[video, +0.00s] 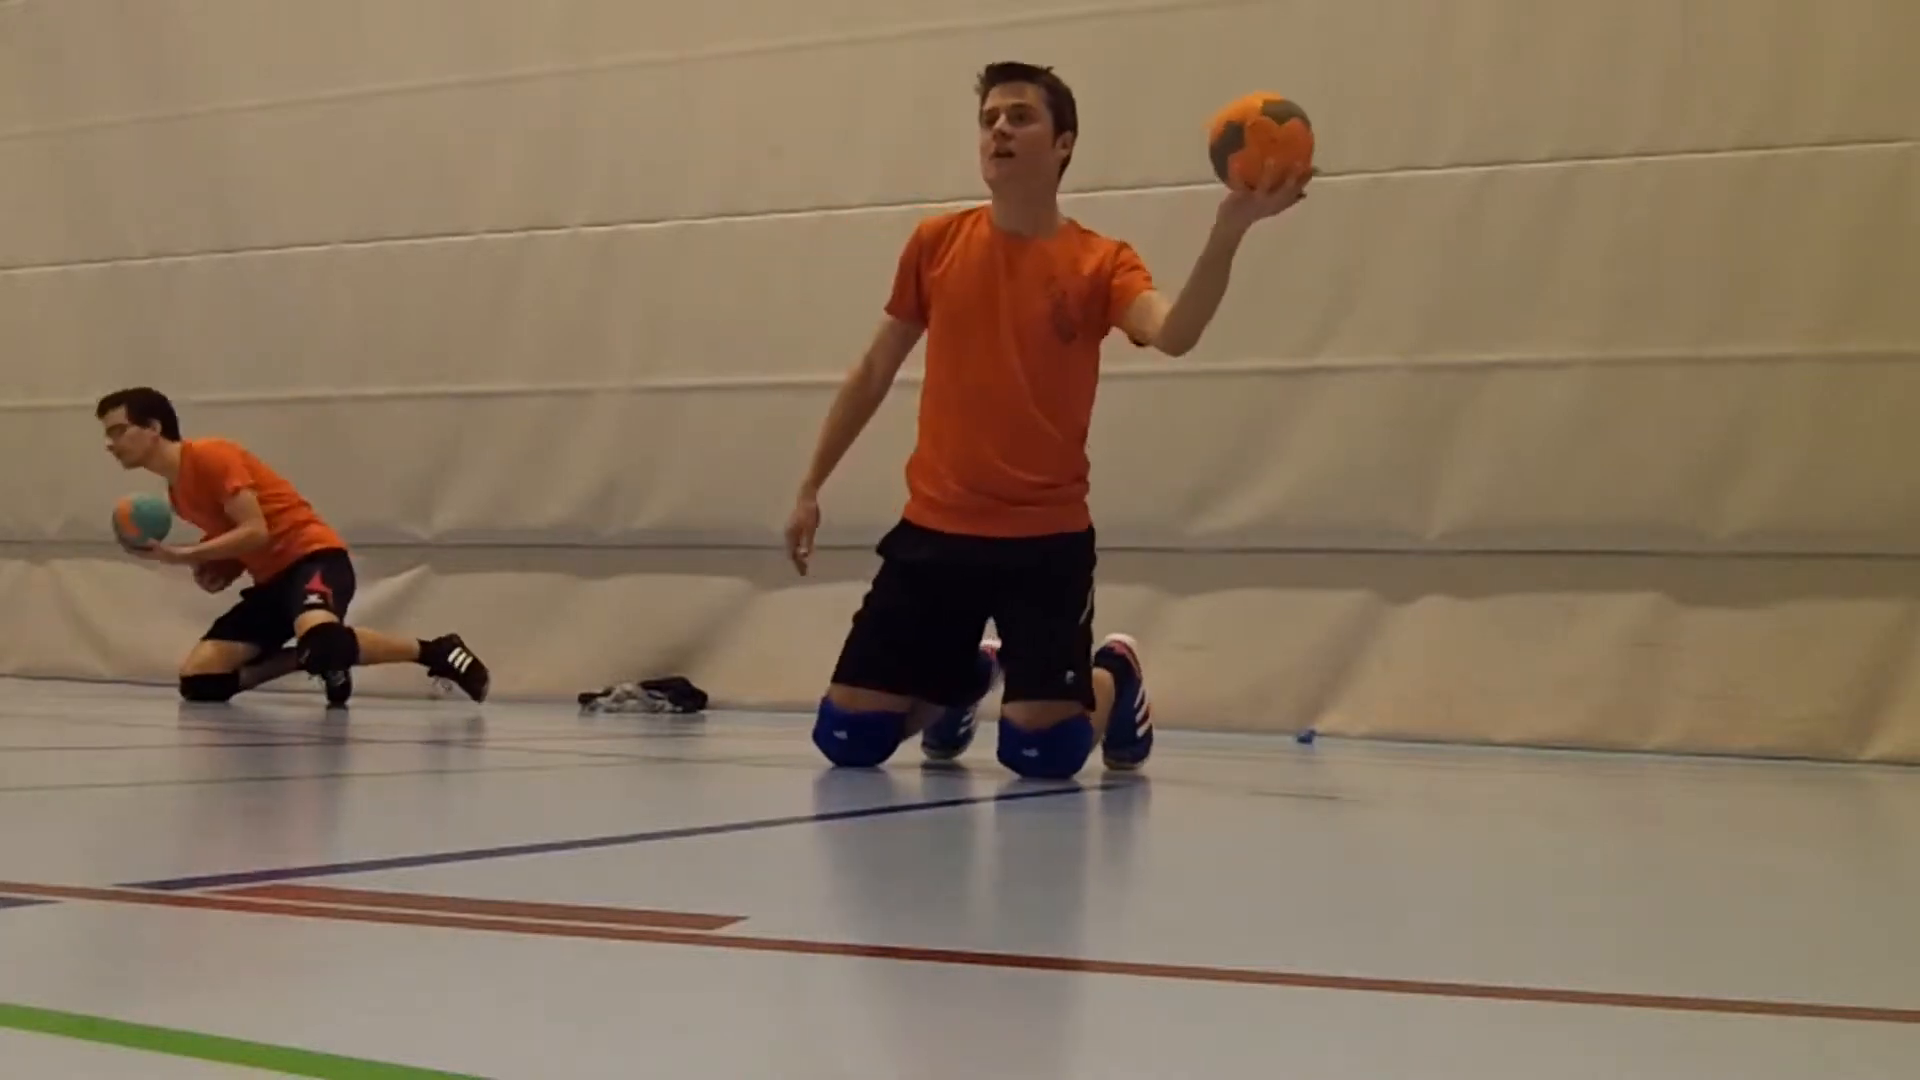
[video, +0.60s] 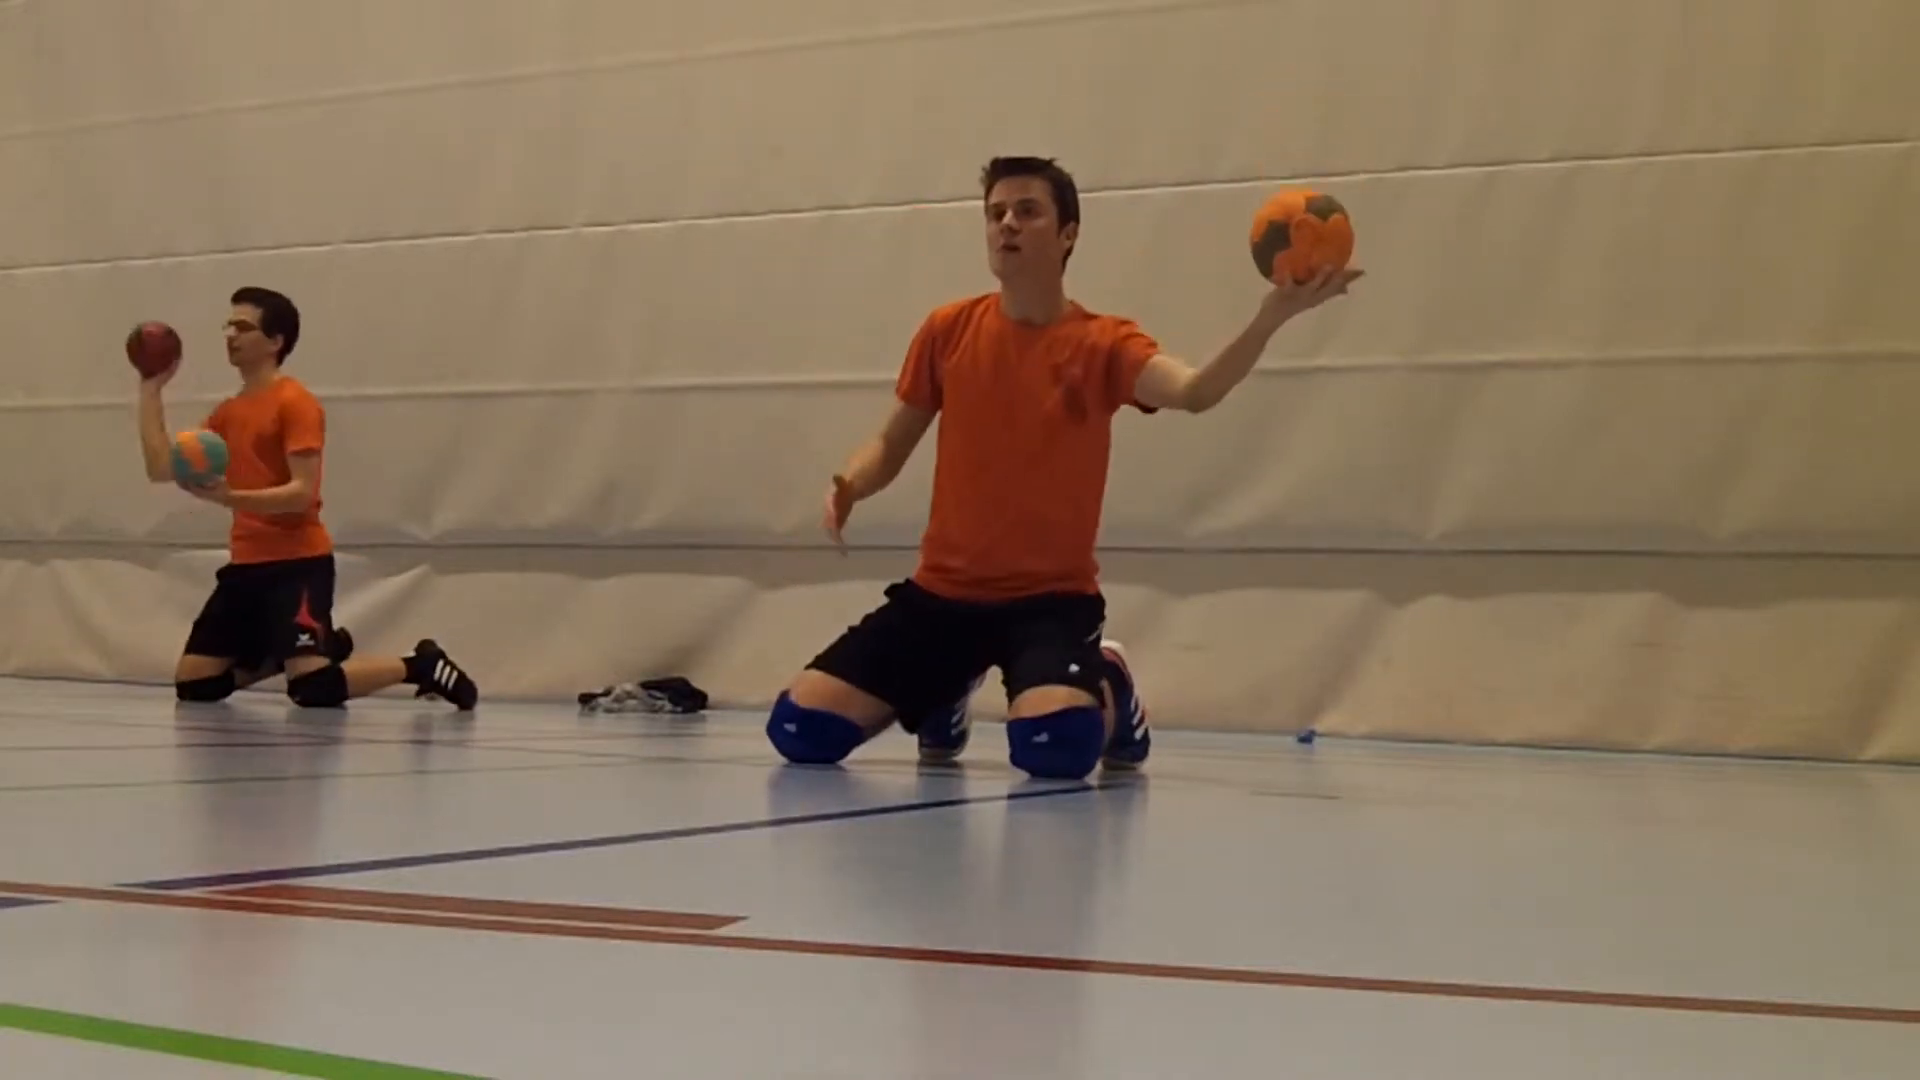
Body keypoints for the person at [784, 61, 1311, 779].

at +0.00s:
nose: (998, 130)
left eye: (1020, 116)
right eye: (988, 120)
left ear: (1063, 144)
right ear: (977, 144)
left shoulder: (1098, 262)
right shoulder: (937, 243)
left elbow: (1174, 332)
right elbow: (873, 372)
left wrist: (1230, 226)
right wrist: (809, 487)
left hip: (1046, 539)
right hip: (934, 530)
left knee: (1039, 755)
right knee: (847, 738)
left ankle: (1116, 679)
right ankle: (968, 679)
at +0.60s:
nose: (1005, 224)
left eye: (1026, 211)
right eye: (995, 213)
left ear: (1067, 234)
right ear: (984, 233)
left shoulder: (1101, 342)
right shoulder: (948, 333)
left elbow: (1195, 390)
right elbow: (891, 444)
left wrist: (1276, 308)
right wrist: (850, 483)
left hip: (1050, 603)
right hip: (940, 597)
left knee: (1049, 753)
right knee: (798, 735)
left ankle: (1108, 686)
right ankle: (940, 683)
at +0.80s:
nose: (997, 223)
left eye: (1017, 210)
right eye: (987, 213)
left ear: (1059, 234)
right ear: (978, 235)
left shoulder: (1100, 345)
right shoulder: (946, 338)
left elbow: (1178, 432)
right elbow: (875, 465)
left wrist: (1241, 365)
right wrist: (853, 404)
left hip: (1056, 600)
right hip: (948, 595)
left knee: (1047, 753)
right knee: (805, 734)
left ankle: (1109, 682)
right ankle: (939, 686)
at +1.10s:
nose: (1000, 238)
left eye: (1020, 224)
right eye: (994, 228)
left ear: (1068, 243)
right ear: (988, 245)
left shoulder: (1112, 349)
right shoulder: (968, 346)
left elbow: (1147, 466)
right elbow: (941, 474)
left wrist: (1184, 405)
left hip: (1059, 602)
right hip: (956, 597)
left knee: (1044, 749)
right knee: (822, 734)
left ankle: (1107, 684)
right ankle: (945, 686)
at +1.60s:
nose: (978, 245)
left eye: (997, 230)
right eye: (970, 234)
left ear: (1043, 246)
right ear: (964, 253)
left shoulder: (1102, 342)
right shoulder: (970, 363)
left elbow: (1148, 454)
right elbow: (939, 495)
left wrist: (1170, 362)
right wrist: (886, 399)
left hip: (1059, 608)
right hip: (953, 603)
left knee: (1052, 750)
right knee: (810, 734)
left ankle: (1110, 688)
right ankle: (936, 688)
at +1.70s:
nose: (990, 234)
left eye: (1010, 221)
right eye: (982, 222)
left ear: (1052, 243)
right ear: (972, 240)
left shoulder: (1101, 342)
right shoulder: (950, 352)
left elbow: (1145, 439)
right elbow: (841, 428)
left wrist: (1169, 337)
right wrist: (868, 304)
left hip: (1060, 608)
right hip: (950, 603)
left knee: (1053, 749)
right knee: (802, 734)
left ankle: (1110, 690)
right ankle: (938, 689)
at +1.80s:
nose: (1003, 220)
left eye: (1024, 209)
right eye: (994, 207)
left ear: (1061, 233)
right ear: (980, 224)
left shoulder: (1095, 338)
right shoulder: (941, 325)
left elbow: (1145, 421)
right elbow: (818, 324)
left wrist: (1177, 320)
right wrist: (825, 180)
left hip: (1055, 601)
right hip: (945, 596)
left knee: (1053, 751)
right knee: (801, 734)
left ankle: (1103, 687)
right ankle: (939, 685)